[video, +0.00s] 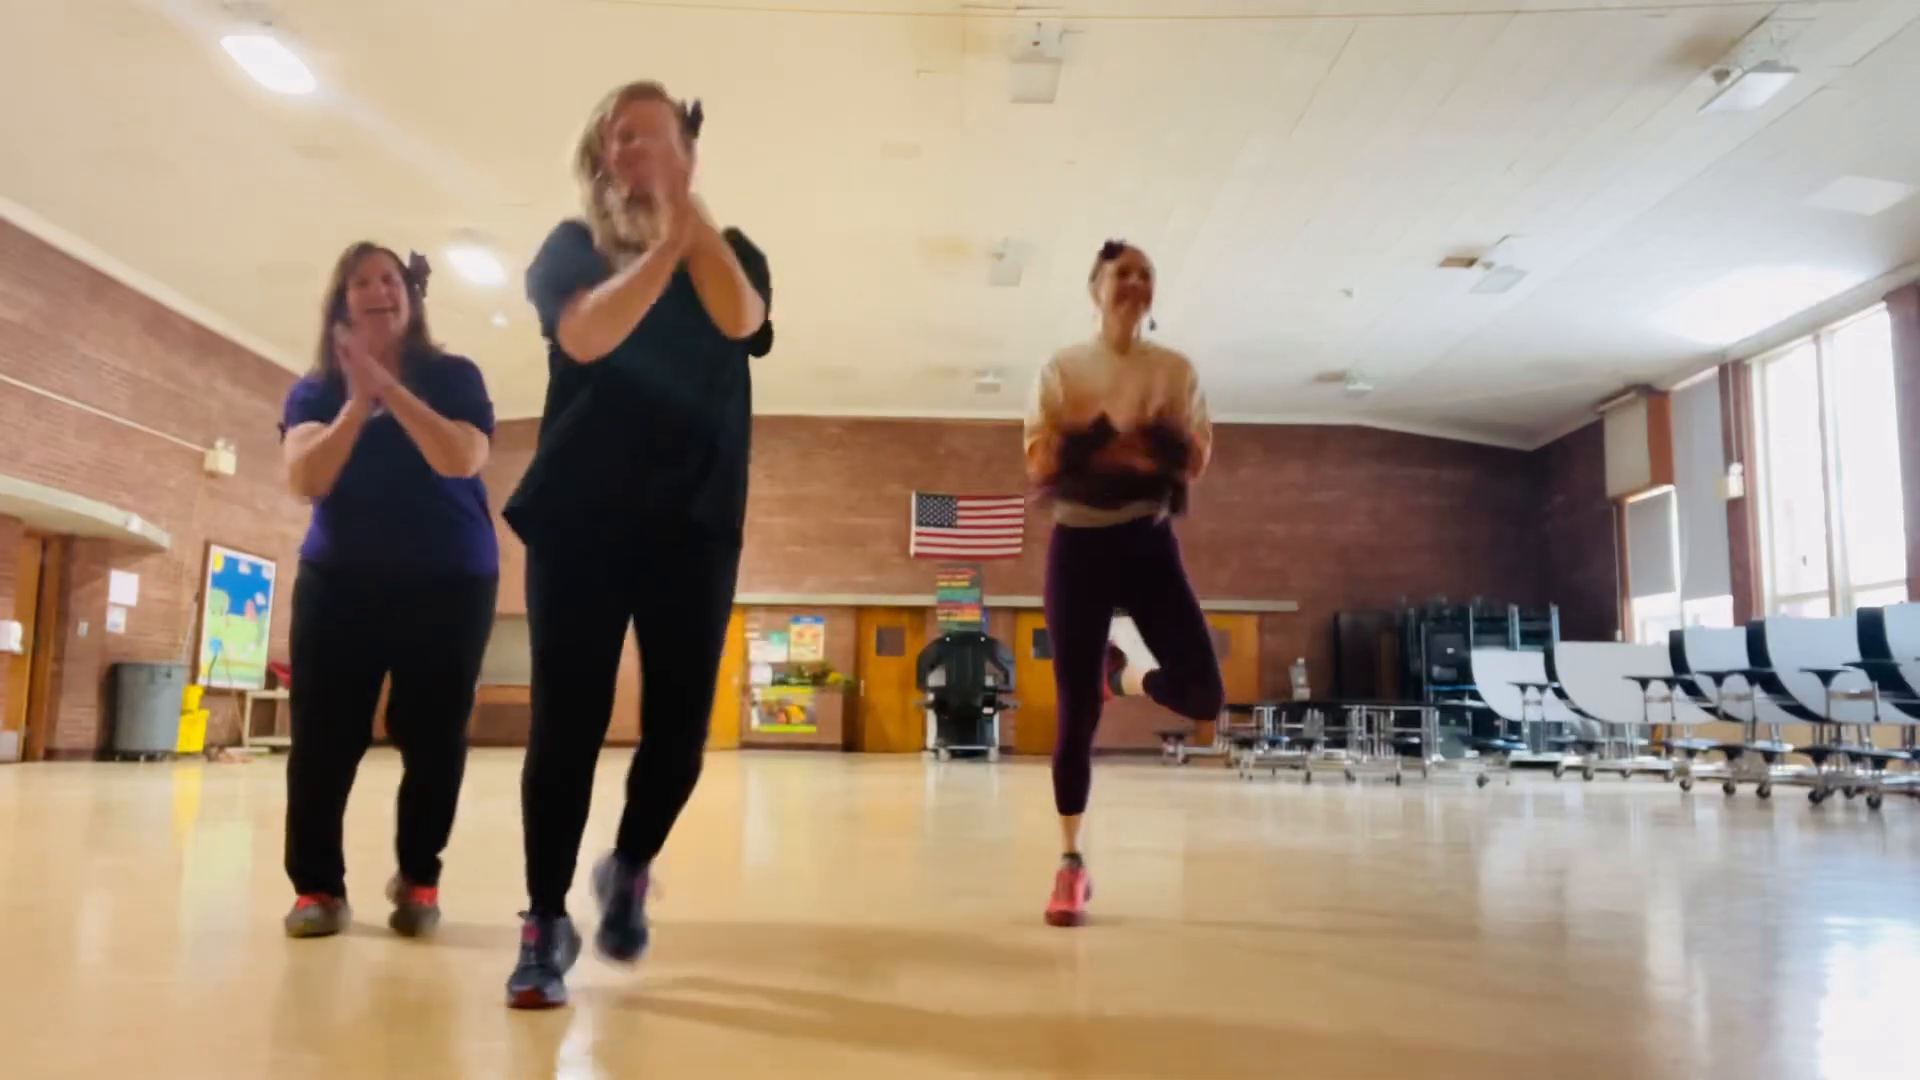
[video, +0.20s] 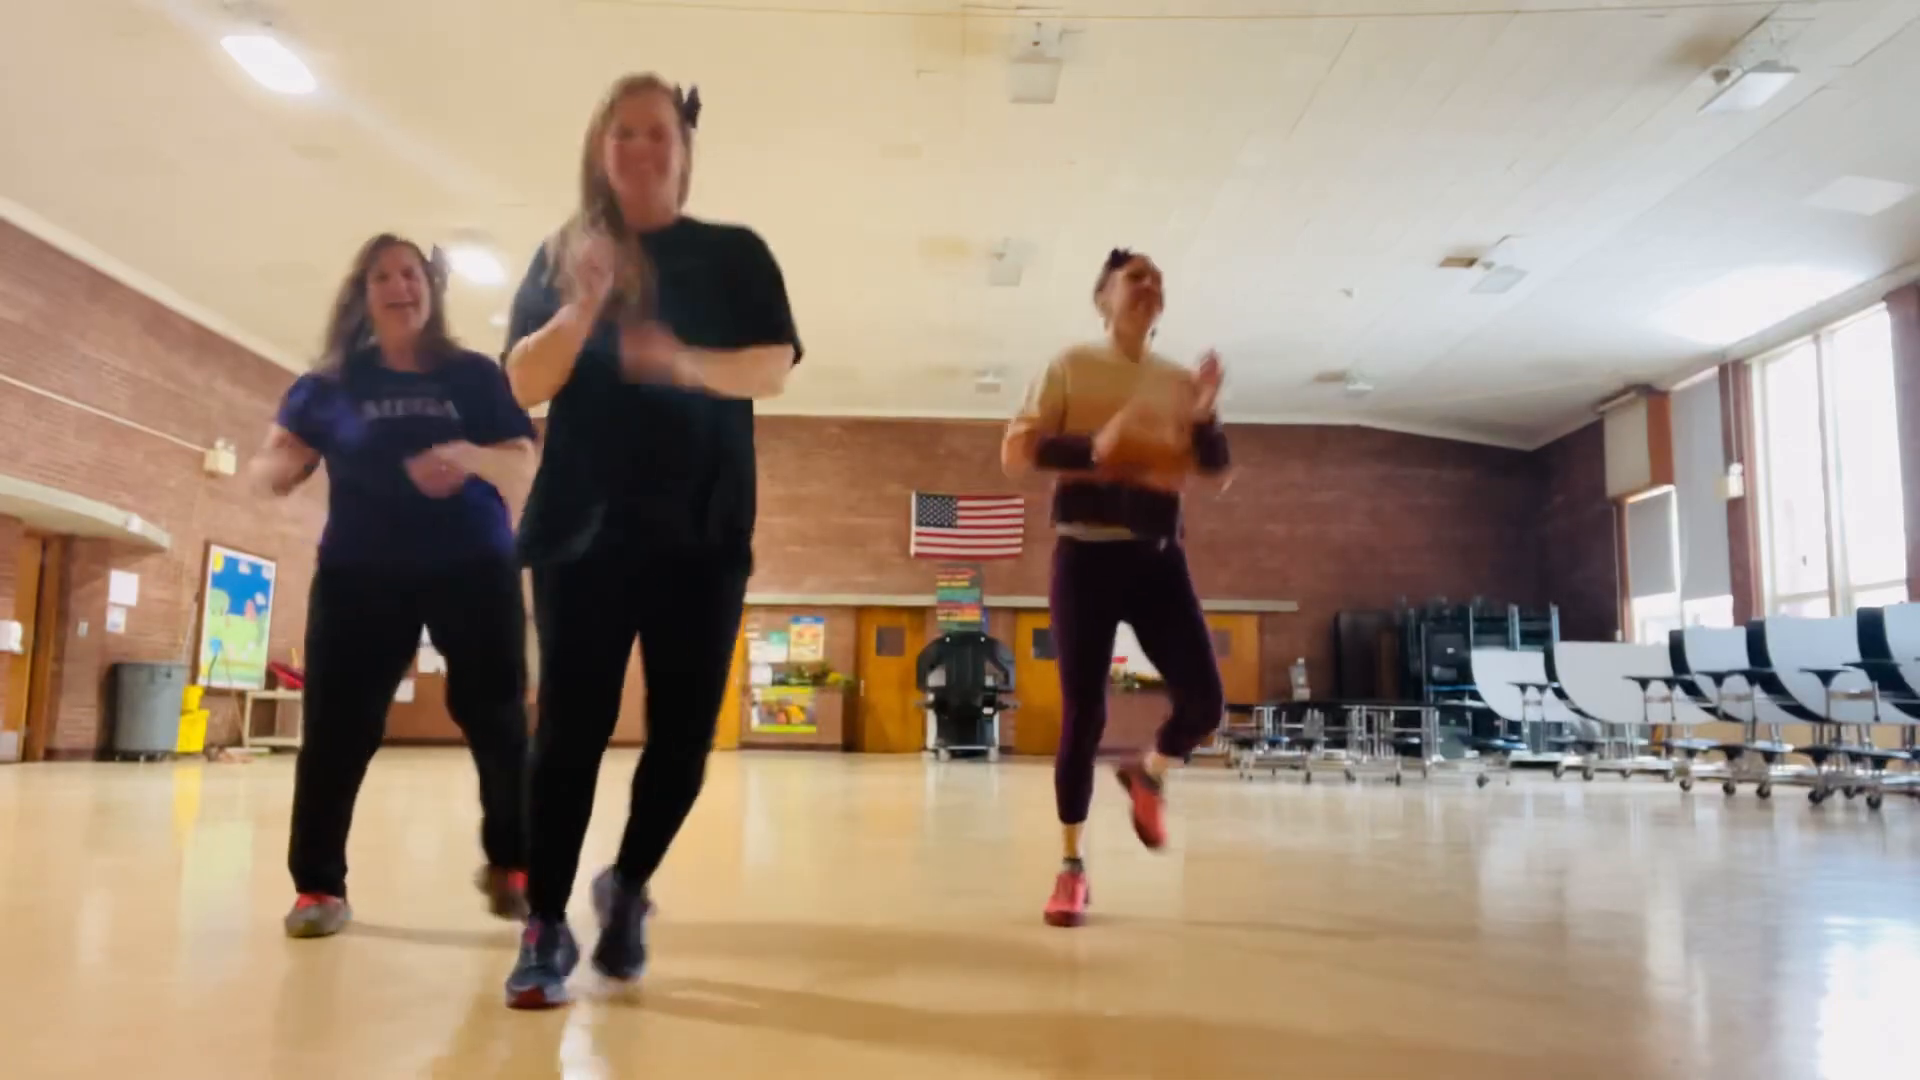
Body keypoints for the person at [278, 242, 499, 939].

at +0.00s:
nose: (380, 293)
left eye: (391, 282)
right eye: (363, 284)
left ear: (412, 300)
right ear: (339, 307)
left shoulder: (452, 376)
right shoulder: (316, 391)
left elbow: (465, 458)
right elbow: (307, 478)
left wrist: (387, 386)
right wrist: (357, 403)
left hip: (447, 587)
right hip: (340, 583)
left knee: (435, 743)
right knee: (324, 743)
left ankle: (419, 883)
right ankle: (318, 891)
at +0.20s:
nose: (400, 286)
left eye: (411, 274)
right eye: (384, 277)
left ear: (432, 288)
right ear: (362, 296)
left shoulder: (476, 376)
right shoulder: (329, 385)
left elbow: (523, 469)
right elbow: (271, 476)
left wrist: (467, 457)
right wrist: (298, 446)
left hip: (471, 578)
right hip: (363, 579)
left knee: (500, 724)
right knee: (336, 735)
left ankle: (509, 868)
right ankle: (319, 890)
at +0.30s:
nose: (426, 290)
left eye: (437, 279)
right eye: (412, 280)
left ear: (460, 292)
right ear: (390, 299)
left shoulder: (504, 383)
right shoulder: (355, 386)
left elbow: (541, 462)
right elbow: (299, 464)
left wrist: (526, 496)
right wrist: (252, 518)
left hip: (487, 577)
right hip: (378, 577)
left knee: (528, 727)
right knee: (342, 734)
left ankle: (570, 875)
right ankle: (319, 889)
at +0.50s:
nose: (516, 314)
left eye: (530, 302)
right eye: (505, 301)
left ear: (553, 314)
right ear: (484, 311)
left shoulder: (572, 403)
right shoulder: (440, 396)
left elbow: (609, 498)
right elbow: (400, 492)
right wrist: (344, 571)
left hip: (543, 594)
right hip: (436, 587)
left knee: (565, 744)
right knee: (375, 731)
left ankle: (608, 892)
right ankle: (321, 886)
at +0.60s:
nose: (562, 307)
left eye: (576, 296)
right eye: (551, 294)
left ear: (600, 309)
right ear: (531, 304)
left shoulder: (619, 398)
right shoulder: (489, 384)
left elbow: (640, 492)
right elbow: (441, 481)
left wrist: (641, 561)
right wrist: (397, 563)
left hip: (579, 583)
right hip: (473, 573)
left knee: (591, 740)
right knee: (407, 722)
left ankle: (609, 894)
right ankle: (354, 875)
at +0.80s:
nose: (618, 306)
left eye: (632, 295)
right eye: (606, 294)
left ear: (657, 309)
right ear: (589, 307)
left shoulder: (681, 407)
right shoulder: (547, 382)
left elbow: (721, 502)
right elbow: (496, 470)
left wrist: (758, 561)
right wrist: (447, 530)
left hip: (624, 590)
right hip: (528, 578)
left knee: (609, 737)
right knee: (521, 719)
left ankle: (609, 892)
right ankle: (565, 842)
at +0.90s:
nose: (631, 312)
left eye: (644, 303)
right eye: (620, 301)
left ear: (665, 318)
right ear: (599, 314)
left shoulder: (690, 410)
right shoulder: (557, 393)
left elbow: (728, 510)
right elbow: (512, 478)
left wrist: (761, 595)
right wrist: (478, 530)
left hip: (646, 595)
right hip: (554, 586)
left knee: (619, 737)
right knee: (571, 731)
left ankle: (605, 895)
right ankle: (631, 862)